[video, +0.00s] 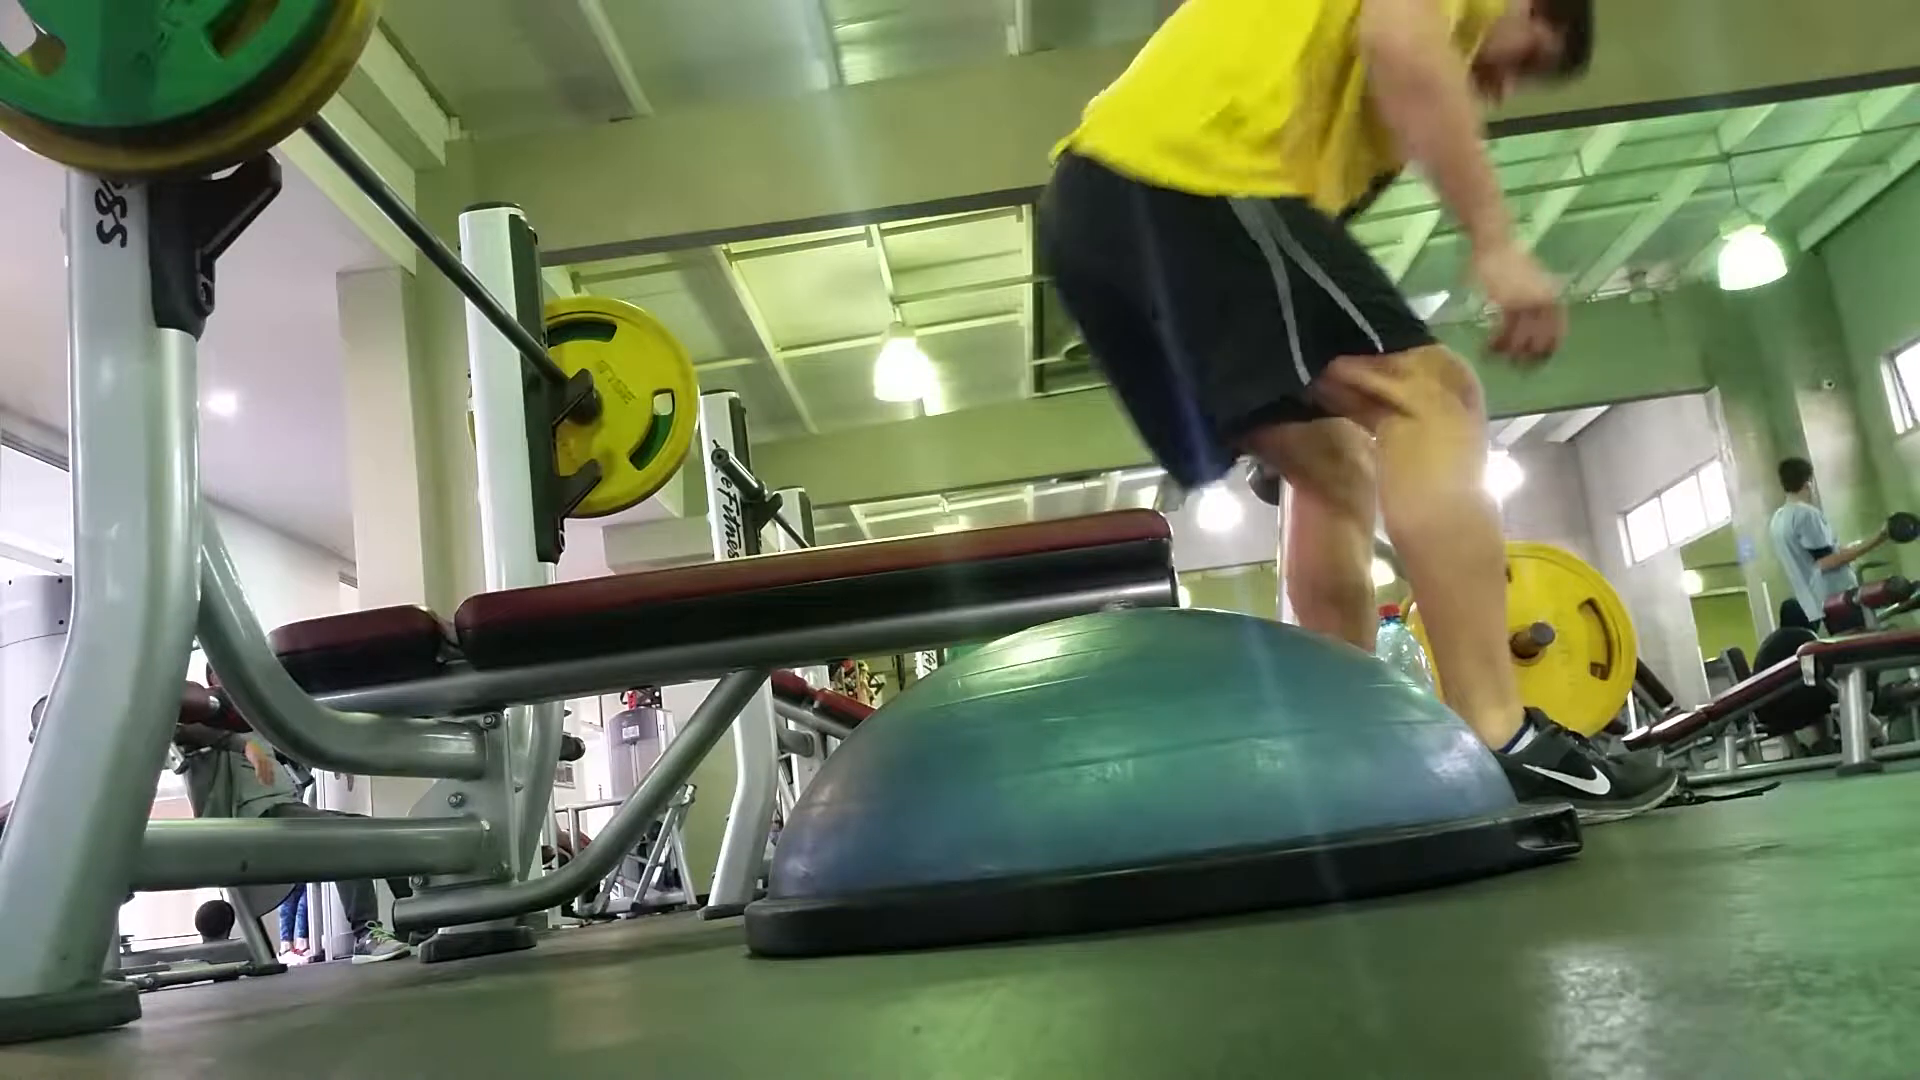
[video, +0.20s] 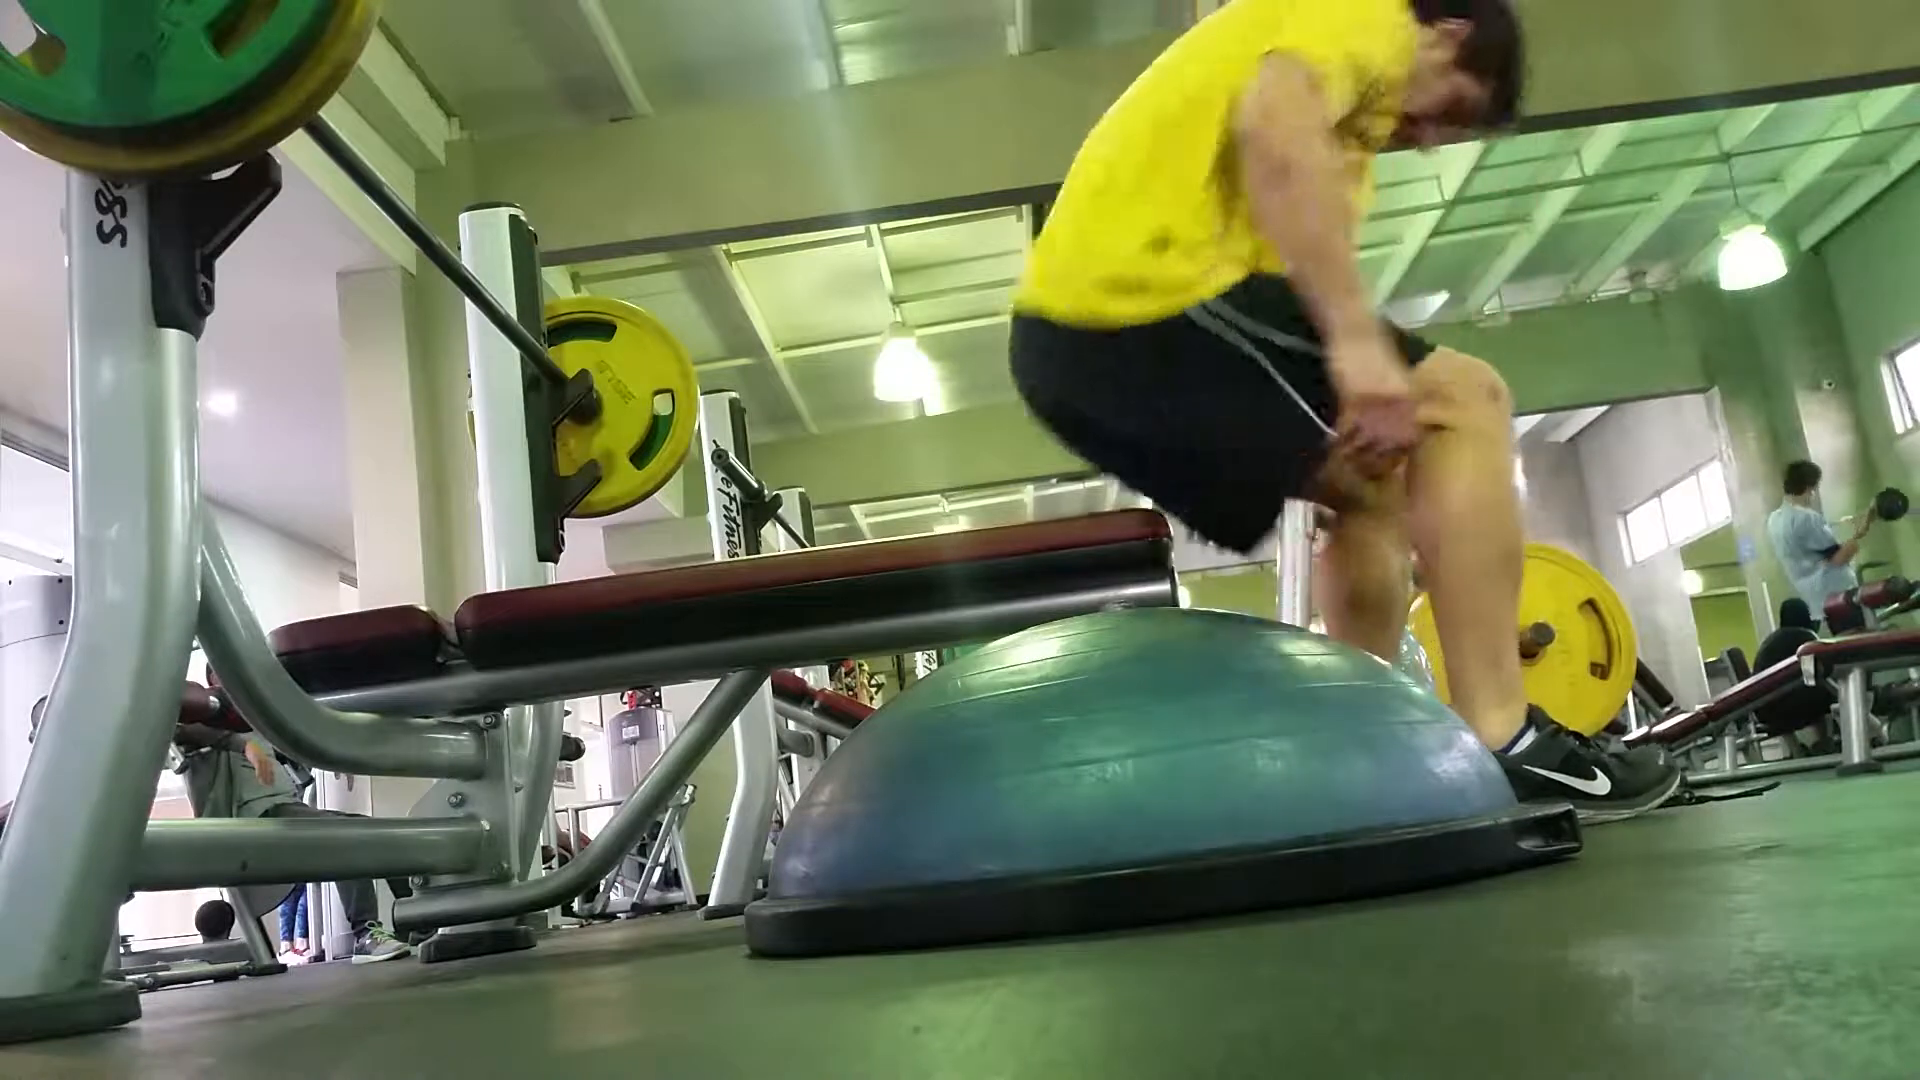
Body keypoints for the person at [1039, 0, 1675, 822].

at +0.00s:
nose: (1508, 83)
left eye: (1529, 78)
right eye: (1531, 55)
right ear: (1521, 4)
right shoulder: (1439, 11)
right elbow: (1401, 44)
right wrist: (1497, 244)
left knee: (1333, 463)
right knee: (1431, 399)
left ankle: (1346, 762)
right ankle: (1499, 737)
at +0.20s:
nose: (1428, 139)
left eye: (1452, 135)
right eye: (1450, 112)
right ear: (1445, 39)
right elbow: (1277, 124)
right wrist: (1357, 339)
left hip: (1073, 336)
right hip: (1147, 305)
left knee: (1374, 491)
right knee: (1467, 401)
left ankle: (1364, 766)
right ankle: (1502, 735)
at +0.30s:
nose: (1353, 119)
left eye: (1373, 110)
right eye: (1370, 90)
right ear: (1356, 23)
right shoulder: (1280, 27)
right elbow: (1198, 144)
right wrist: (1298, 359)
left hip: (1069, 406)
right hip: (1141, 371)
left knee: (1389, 493)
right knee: (1479, 401)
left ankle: (1360, 764)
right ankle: (1503, 732)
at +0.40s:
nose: (1242, 120)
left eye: (1262, 105)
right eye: (1256, 89)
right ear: (1232, 23)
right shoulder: (1148, 53)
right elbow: (1107, 206)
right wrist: (1263, 370)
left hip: (1063, 453)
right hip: (1120, 422)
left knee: (1378, 547)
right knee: (1465, 402)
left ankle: (1359, 786)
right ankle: (1505, 729)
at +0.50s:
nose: (1130, 126)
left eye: (1143, 106)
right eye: (1137, 92)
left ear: (1079, 47)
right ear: (1093, 36)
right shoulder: (1010, 83)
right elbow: (1021, 249)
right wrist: (1223, 372)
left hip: (1042, 472)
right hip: (1087, 439)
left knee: (1364, 525)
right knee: (1437, 398)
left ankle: (1358, 778)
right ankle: (1510, 734)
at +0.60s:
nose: (1008, 112)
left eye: (1019, 94)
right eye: (1001, 84)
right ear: (946, 45)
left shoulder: (931, 165)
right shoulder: (890, 104)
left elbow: (986, 318)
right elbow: (947, 273)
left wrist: (1175, 354)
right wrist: (1174, 336)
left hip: (1026, 473)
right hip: (1061, 442)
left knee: (1329, 524)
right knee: (1405, 402)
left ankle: (1361, 766)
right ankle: (1510, 726)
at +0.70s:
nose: (909, 146)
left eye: (912, 123)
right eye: (900, 115)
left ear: (830, 99)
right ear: (846, 88)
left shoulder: (812, 209)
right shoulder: (791, 157)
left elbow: (964, 326)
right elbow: (903, 295)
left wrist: (1134, 320)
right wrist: (1158, 292)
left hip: (999, 466)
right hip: (1012, 435)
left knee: (1304, 493)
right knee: (1378, 399)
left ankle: (1358, 763)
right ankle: (1506, 719)